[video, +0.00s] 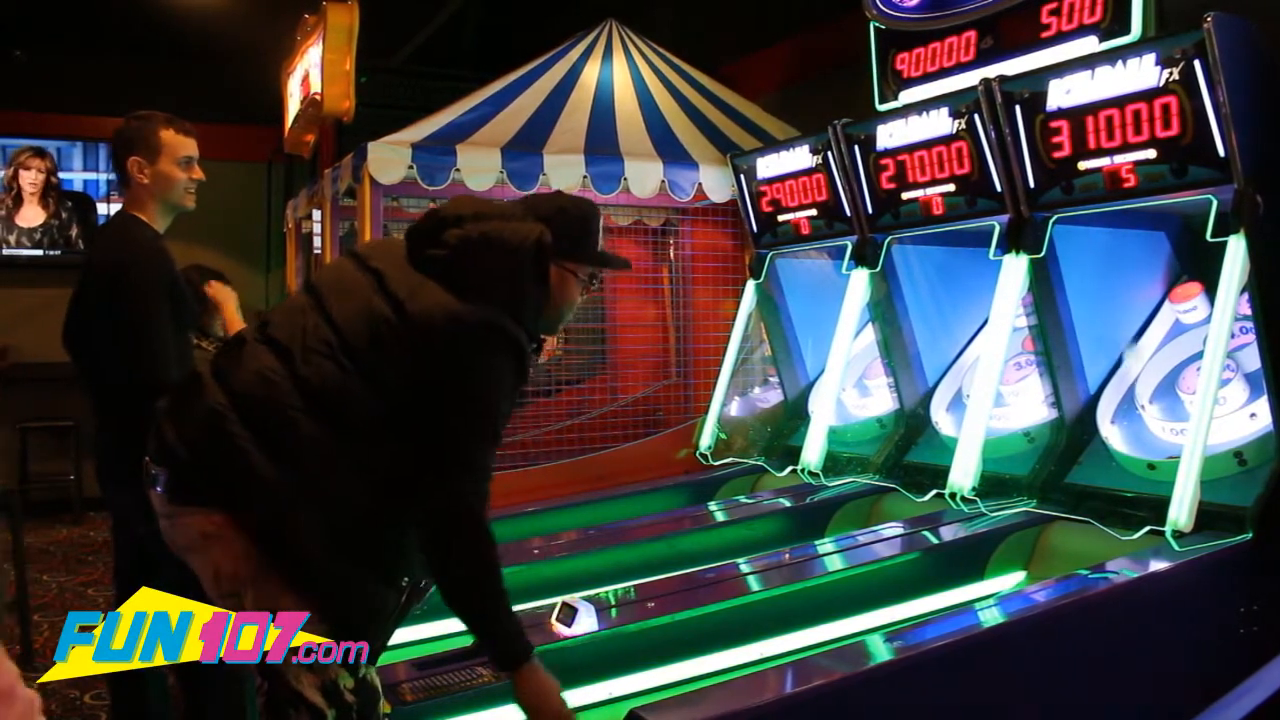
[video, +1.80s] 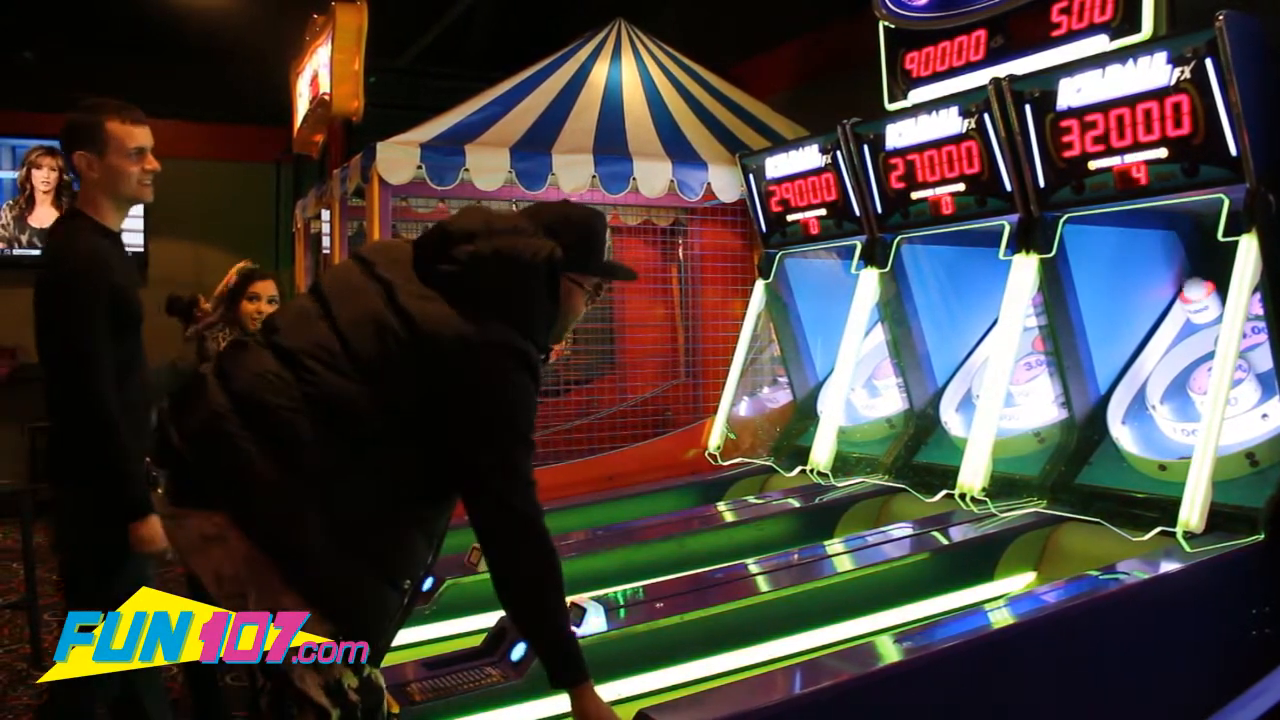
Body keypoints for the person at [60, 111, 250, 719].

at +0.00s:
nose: (199, 176)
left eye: (198, 164)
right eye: (186, 164)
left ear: (143, 174)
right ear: (140, 170)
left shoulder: (117, 243)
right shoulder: (139, 253)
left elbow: (75, 337)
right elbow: (169, 372)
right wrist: (229, 319)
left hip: (127, 454)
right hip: (149, 463)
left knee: (142, 596)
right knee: (171, 599)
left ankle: (138, 706)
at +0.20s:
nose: (196, 176)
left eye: (195, 163)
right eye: (183, 164)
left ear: (141, 172)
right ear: (137, 169)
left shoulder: (118, 241)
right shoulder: (137, 252)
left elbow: (79, 336)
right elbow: (163, 371)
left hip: (126, 451)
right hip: (145, 460)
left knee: (143, 591)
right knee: (166, 595)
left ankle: (139, 703)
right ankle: (156, 704)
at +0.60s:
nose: (196, 175)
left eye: (196, 163)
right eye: (184, 163)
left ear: (141, 171)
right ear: (138, 169)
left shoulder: (110, 240)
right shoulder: (138, 250)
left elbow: (77, 336)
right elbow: (163, 374)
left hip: (119, 444)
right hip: (146, 454)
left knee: (136, 593)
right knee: (148, 601)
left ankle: (135, 700)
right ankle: (145, 704)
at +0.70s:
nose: (195, 177)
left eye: (195, 165)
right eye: (183, 164)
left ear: (141, 173)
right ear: (137, 169)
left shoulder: (119, 242)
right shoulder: (133, 251)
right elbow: (161, 381)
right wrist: (222, 462)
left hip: (137, 454)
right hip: (147, 458)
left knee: (151, 601)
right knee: (168, 605)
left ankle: (146, 706)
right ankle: (165, 707)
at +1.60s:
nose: (174, 170)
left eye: (173, 158)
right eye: (160, 158)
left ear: (123, 171)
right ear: (113, 167)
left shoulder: (115, 241)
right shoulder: (109, 250)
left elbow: (132, 357)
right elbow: (124, 371)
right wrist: (151, 456)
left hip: (120, 456)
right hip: (118, 462)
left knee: (138, 601)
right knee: (152, 602)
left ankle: (135, 703)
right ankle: (145, 705)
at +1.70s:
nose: (164, 169)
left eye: (163, 156)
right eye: (148, 156)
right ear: (100, 166)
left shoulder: (109, 246)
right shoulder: (94, 255)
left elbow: (118, 376)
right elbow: (106, 392)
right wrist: (146, 498)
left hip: (115, 470)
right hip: (112, 478)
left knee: (127, 624)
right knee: (132, 627)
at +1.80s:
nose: (153, 167)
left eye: (152, 155)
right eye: (137, 155)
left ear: (97, 167)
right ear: (86, 165)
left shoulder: (93, 244)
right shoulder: (83, 253)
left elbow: (105, 387)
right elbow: (96, 397)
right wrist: (136, 507)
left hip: (99, 476)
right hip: (97, 485)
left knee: (105, 633)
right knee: (110, 638)